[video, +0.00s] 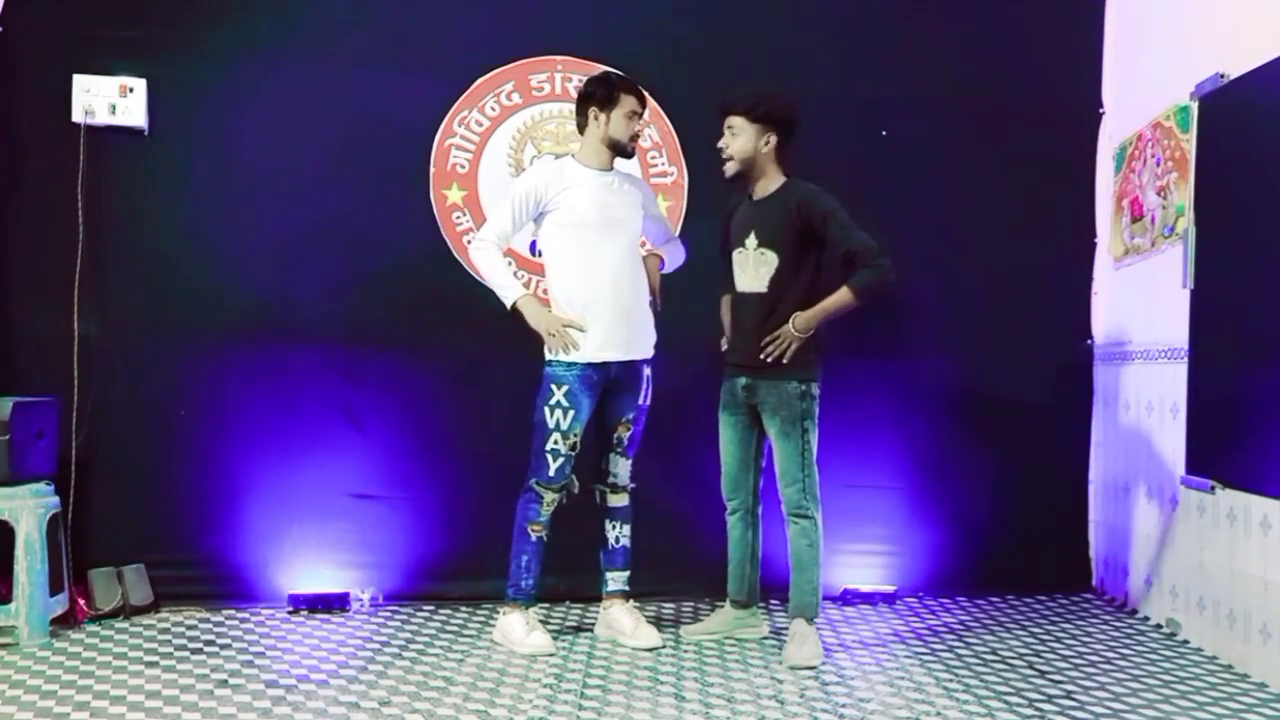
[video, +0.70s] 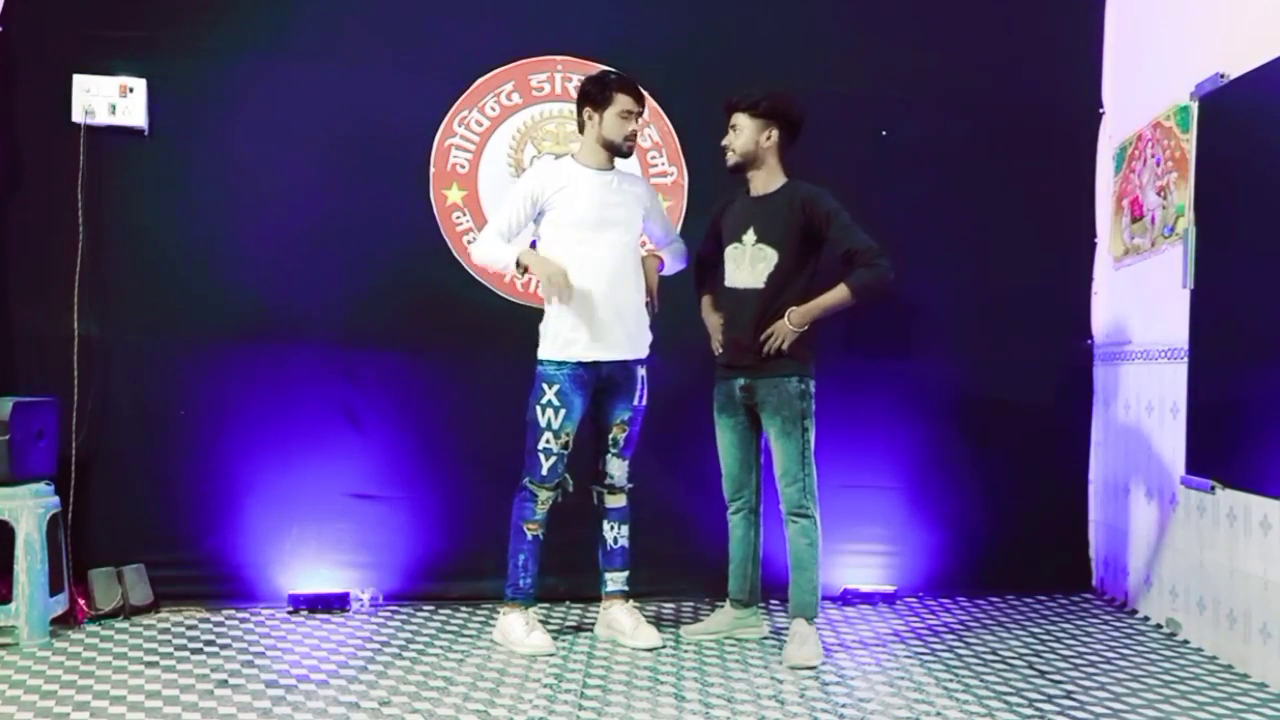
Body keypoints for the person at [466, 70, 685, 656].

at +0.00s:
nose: (640, 125)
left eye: (642, 116)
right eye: (632, 114)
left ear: (621, 121)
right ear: (595, 115)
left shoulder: (636, 185)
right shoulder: (546, 177)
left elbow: (672, 248)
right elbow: (485, 246)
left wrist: (655, 263)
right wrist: (527, 306)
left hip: (634, 353)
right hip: (573, 353)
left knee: (619, 480)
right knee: (551, 480)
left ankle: (616, 605)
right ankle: (516, 611)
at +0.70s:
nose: (635, 125)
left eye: (638, 117)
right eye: (625, 115)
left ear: (633, 122)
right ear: (590, 115)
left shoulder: (638, 185)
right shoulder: (546, 177)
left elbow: (675, 252)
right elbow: (487, 245)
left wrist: (657, 259)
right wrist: (534, 260)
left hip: (628, 353)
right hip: (565, 352)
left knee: (617, 480)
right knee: (545, 479)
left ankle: (615, 605)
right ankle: (516, 611)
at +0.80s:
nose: (624, 131)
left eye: (630, 123)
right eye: (614, 119)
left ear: (632, 127)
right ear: (583, 116)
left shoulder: (638, 185)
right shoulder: (548, 176)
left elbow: (678, 253)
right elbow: (489, 249)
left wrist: (657, 262)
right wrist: (530, 195)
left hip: (628, 351)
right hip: (564, 350)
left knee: (617, 481)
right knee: (544, 480)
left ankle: (616, 605)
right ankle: (516, 611)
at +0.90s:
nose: (611, 137)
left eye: (619, 127)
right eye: (600, 125)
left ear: (627, 128)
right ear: (574, 123)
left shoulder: (638, 185)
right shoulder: (549, 179)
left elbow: (681, 250)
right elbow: (493, 219)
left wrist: (657, 262)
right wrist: (525, 149)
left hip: (626, 352)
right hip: (563, 350)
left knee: (617, 480)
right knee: (543, 479)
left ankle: (616, 605)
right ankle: (516, 611)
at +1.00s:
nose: (598, 145)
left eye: (606, 133)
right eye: (587, 134)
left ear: (620, 127)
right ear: (566, 128)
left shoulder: (642, 187)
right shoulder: (550, 179)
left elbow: (685, 251)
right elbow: (497, 180)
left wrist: (666, 259)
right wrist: (533, 125)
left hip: (626, 351)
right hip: (562, 349)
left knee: (617, 480)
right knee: (543, 478)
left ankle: (615, 604)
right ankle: (516, 610)